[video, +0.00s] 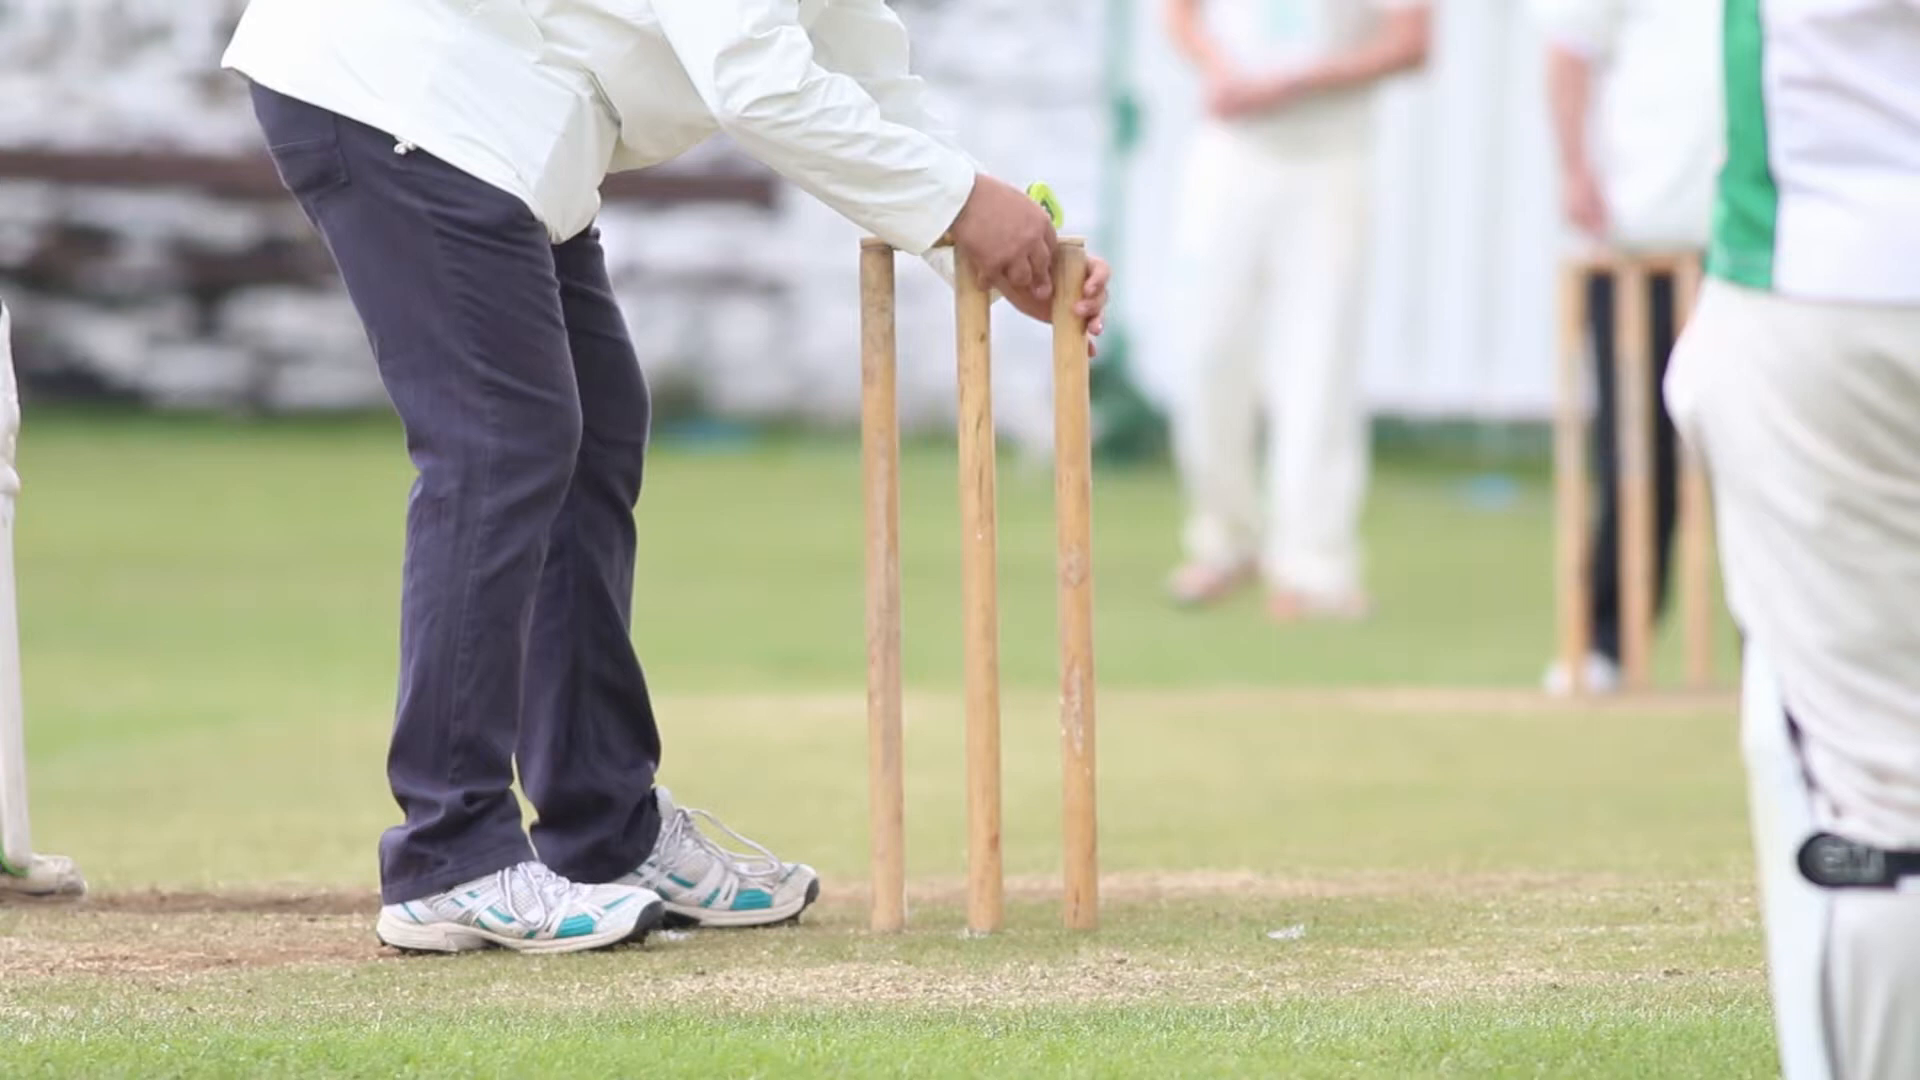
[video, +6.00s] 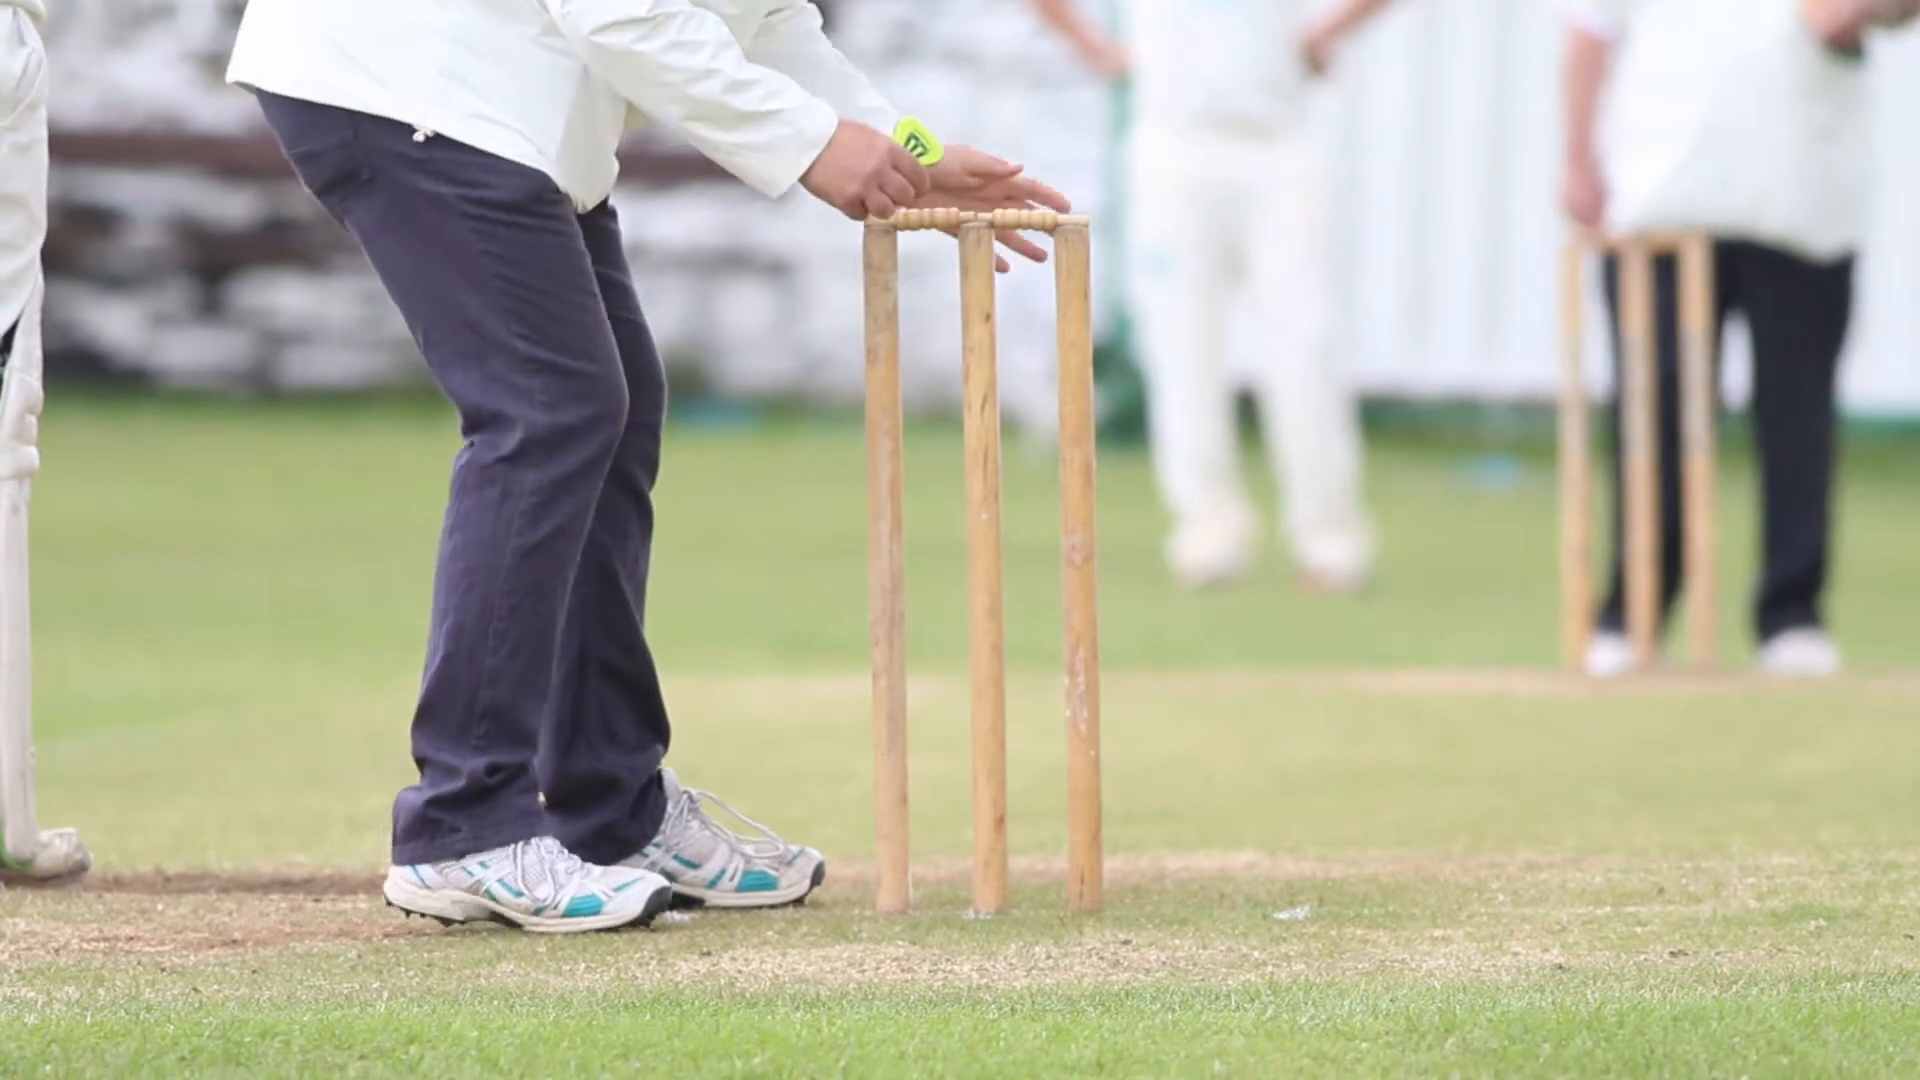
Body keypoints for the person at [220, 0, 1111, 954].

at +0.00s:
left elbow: (876, 90)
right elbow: (753, 80)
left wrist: (1008, 250)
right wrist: (962, 200)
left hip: (509, 87)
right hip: (384, 57)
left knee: (597, 429)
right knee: (508, 436)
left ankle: (604, 833)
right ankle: (446, 864)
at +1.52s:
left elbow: (760, 78)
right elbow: (650, 73)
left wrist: (863, 217)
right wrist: (846, 194)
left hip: (487, 76)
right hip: (381, 59)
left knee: (587, 423)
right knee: (508, 432)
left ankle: (603, 832)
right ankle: (451, 863)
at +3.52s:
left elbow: (795, 79)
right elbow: (648, 66)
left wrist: (945, 170)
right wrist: (827, 203)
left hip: (489, 82)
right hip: (379, 56)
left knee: (587, 416)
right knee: (507, 426)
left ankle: (606, 822)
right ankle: (451, 855)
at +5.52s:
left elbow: (812, 63)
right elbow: (656, 52)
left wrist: (961, 186)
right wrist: (848, 185)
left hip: (490, 73)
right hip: (378, 51)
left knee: (592, 406)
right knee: (507, 417)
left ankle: (606, 816)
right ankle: (453, 848)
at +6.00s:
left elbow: (750, 20)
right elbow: (612, 15)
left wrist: (904, 154)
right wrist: (802, 140)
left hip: (517, 68)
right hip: (394, 53)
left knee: (620, 401)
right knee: (552, 405)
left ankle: (608, 809)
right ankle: (463, 828)